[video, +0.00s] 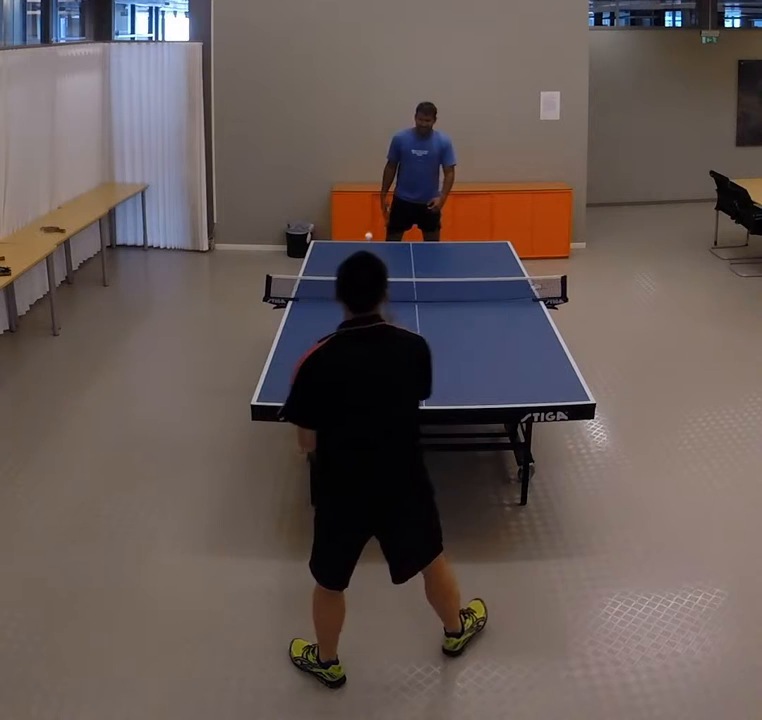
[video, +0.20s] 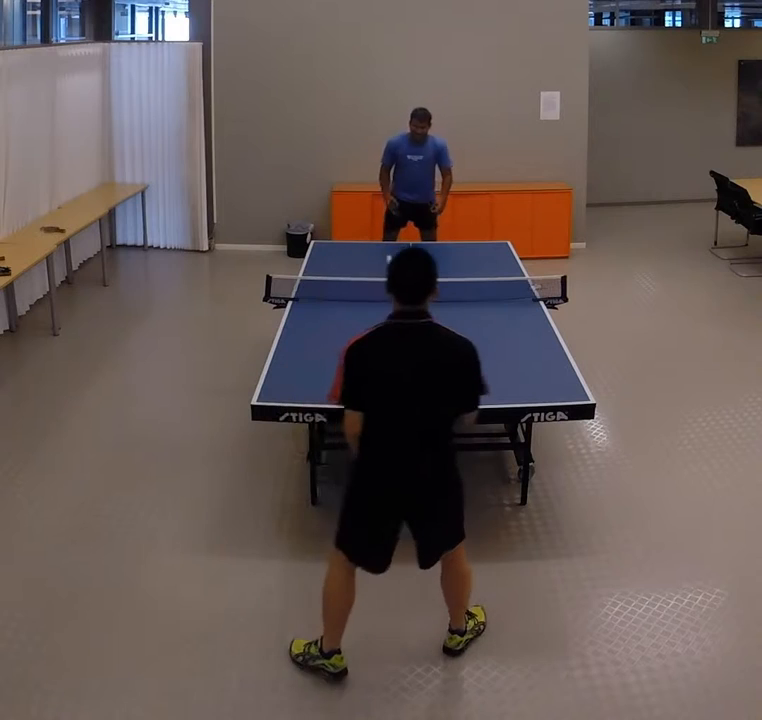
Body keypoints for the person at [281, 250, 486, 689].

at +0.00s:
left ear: (338, 295)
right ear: (384, 293)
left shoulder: (318, 360)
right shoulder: (413, 348)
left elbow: (306, 441)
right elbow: (417, 399)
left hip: (343, 489)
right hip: (404, 481)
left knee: (330, 578)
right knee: (430, 557)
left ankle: (326, 660)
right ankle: (456, 629)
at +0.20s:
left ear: (390, 288)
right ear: (435, 289)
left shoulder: (363, 350)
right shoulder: (459, 349)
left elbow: (352, 424)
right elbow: (468, 415)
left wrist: (367, 461)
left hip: (376, 473)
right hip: (436, 473)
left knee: (344, 557)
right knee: (452, 549)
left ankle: (329, 650)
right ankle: (458, 629)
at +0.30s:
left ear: (404, 283)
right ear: (449, 285)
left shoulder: (375, 343)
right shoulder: (472, 345)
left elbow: (363, 419)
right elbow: (484, 417)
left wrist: (385, 446)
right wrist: (448, 406)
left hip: (386, 467)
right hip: (444, 469)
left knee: (350, 549)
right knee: (456, 548)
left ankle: (331, 640)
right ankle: (459, 629)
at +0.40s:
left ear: (410, 280)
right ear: (455, 282)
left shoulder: (381, 338)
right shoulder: (478, 342)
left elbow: (369, 412)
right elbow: (493, 413)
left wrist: (391, 439)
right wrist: (455, 403)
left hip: (391, 464)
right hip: (450, 467)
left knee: (355, 544)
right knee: (457, 549)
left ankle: (328, 629)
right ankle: (459, 628)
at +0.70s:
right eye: (426, 275)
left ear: (383, 281)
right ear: (427, 282)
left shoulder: (357, 338)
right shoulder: (452, 339)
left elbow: (348, 411)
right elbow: (475, 408)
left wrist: (376, 427)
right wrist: (439, 403)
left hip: (373, 462)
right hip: (432, 464)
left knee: (347, 534)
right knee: (449, 546)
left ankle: (321, 606)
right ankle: (458, 628)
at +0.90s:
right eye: (395, 271)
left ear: (354, 278)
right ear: (398, 277)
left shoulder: (330, 333)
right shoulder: (423, 332)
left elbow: (320, 407)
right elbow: (441, 403)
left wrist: (351, 417)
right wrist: (411, 399)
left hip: (352, 456)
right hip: (410, 455)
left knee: (334, 532)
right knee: (439, 533)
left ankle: (321, 606)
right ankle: (459, 619)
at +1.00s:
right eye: (391, 271)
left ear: (349, 278)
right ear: (392, 277)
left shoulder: (326, 333)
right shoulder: (419, 331)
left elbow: (315, 403)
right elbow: (436, 400)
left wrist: (340, 426)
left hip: (349, 454)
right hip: (408, 453)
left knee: (334, 533)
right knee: (441, 532)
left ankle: (320, 604)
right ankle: (467, 615)